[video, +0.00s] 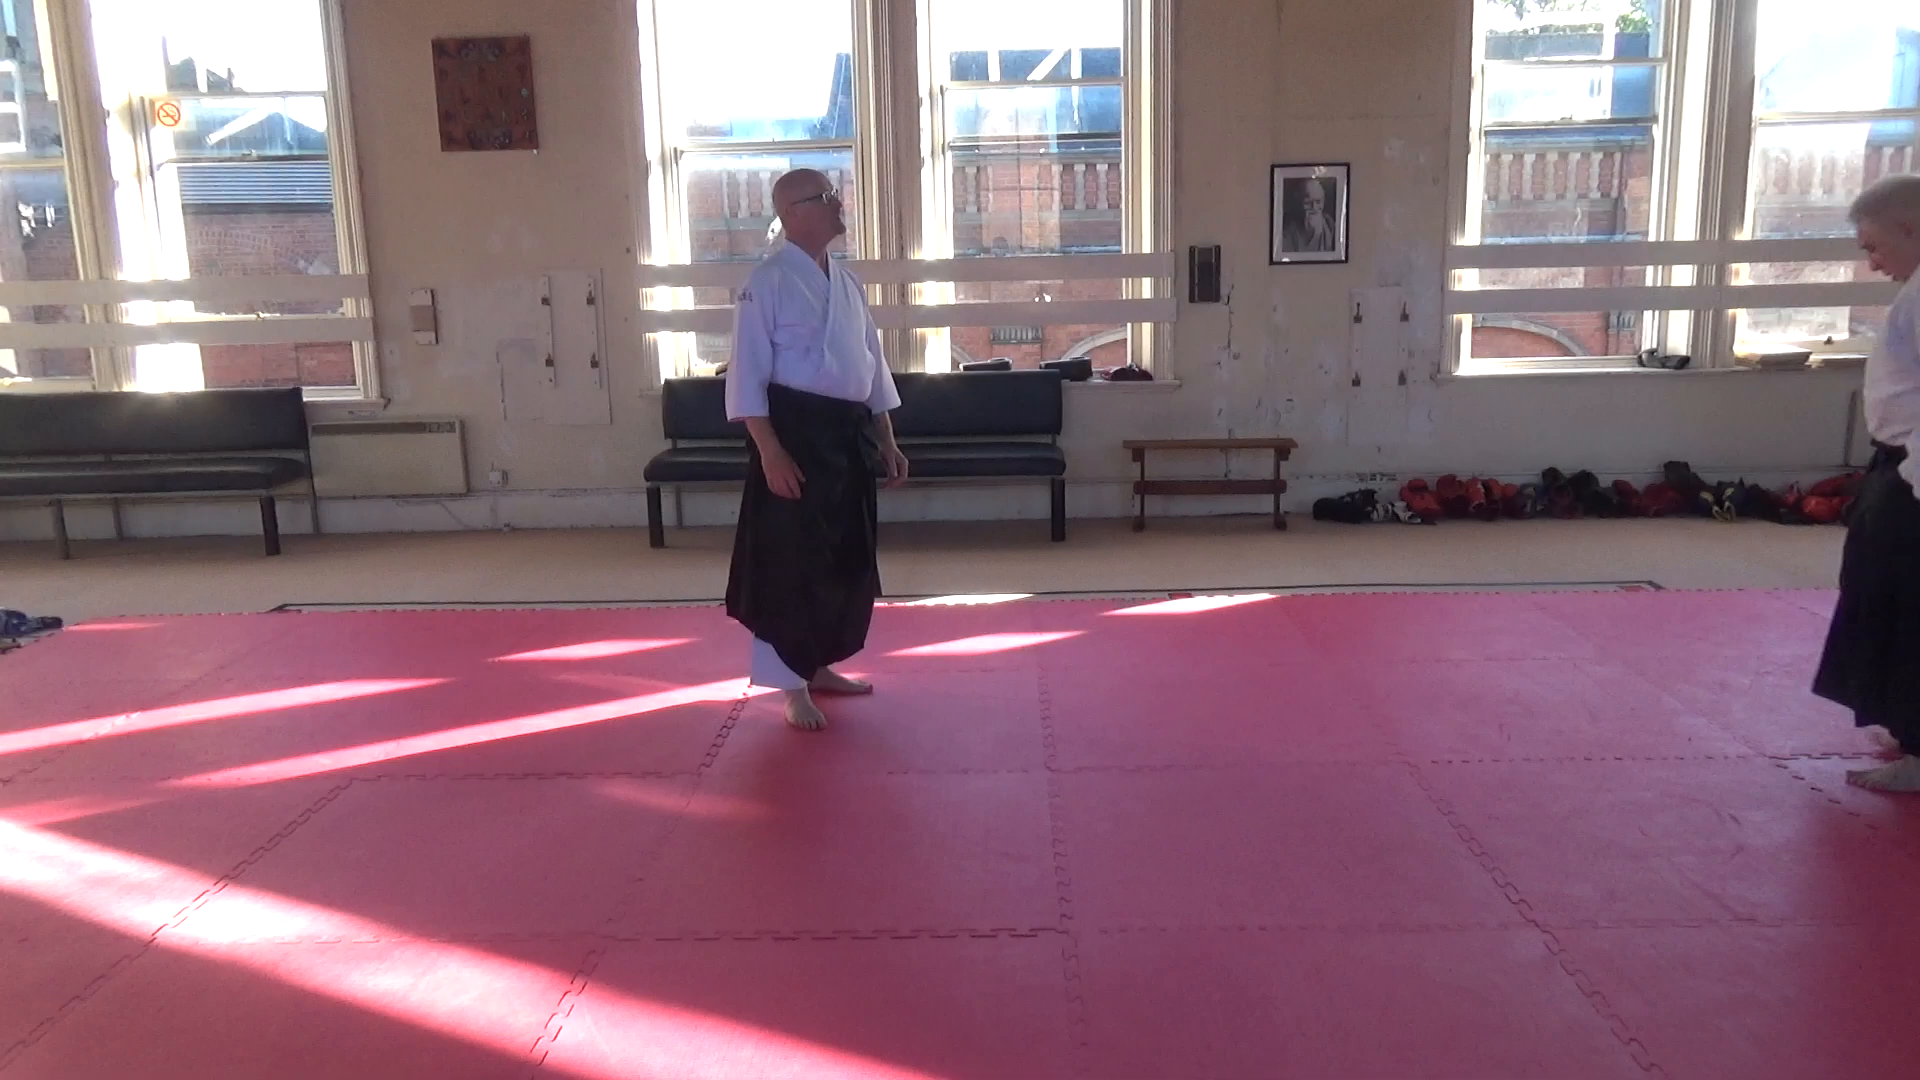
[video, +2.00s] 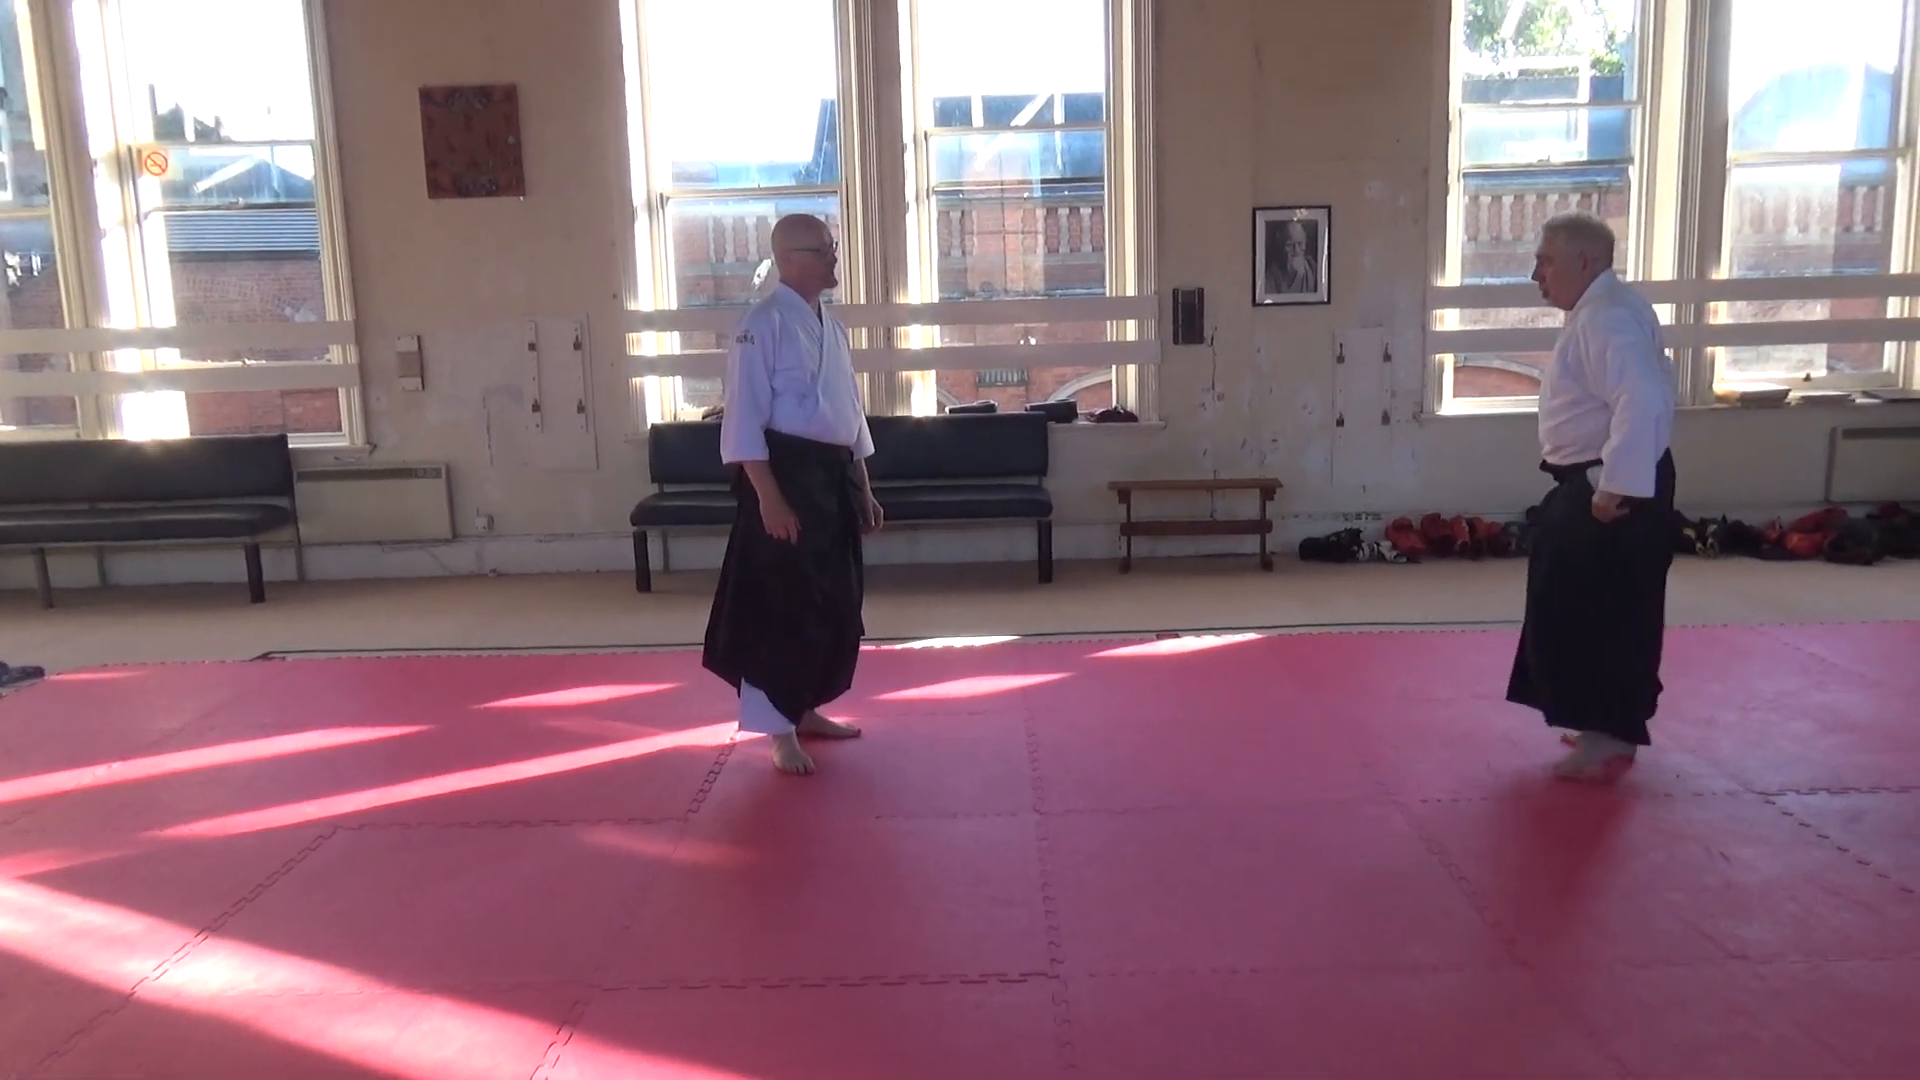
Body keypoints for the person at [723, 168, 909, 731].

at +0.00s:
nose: (838, 204)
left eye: (836, 195)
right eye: (823, 197)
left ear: (829, 210)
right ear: (789, 214)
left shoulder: (847, 280)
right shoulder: (768, 278)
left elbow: (871, 360)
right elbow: (745, 374)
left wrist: (887, 437)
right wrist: (769, 448)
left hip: (847, 427)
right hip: (795, 426)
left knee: (839, 548)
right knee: (792, 553)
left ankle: (817, 664)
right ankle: (793, 683)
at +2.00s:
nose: (834, 257)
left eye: (833, 248)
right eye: (821, 250)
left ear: (818, 257)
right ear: (786, 258)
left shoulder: (830, 322)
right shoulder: (762, 320)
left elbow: (848, 408)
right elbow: (743, 417)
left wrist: (863, 484)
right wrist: (768, 495)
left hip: (832, 470)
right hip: (781, 473)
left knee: (828, 594)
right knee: (781, 598)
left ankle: (805, 709)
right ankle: (780, 727)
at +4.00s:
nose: (740, 250)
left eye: (741, 240)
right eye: (724, 241)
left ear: (740, 247)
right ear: (687, 248)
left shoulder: (741, 328)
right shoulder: (662, 321)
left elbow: (761, 422)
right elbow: (644, 426)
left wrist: (777, 507)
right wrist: (674, 512)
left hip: (743, 492)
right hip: (684, 494)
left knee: (737, 628)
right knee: (682, 635)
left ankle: (715, 758)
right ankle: (688, 781)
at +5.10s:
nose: (737, 284)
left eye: (743, 274)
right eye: (724, 272)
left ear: (747, 281)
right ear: (690, 272)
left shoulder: (750, 363)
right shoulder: (638, 342)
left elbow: (764, 447)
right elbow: (589, 428)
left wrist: (747, 516)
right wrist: (617, 502)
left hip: (710, 520)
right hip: (637, 511)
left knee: (704, 654)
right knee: (625, 651)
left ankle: (692, 791)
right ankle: (602, 790)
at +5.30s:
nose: (697, 245)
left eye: (702, 234)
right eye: (683, 232)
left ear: (699, 241)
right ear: (639, 232)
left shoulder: (703, 335)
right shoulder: (575, 313)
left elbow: (721, 431)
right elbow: (526, 421)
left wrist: (700, 508)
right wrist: (576, 501)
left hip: (656, 517)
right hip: (568, 509)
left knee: (649, 673)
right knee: (550, 665)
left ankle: (651, 830)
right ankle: (503, 804)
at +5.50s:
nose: (615, 200)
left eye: (620, 188)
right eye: (600, 185)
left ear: (618, 200)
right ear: (546, 190)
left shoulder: (628, 303)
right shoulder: (478, 289)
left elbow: (656, 413)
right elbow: (430, 418)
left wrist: (629, 508)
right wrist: (484, 512)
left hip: (580, 521)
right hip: (474, 516)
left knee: (597, 694)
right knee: (446, 689)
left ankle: (608, 872)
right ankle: (407, 842)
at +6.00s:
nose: (508, 201)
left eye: (515, 189)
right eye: (488, 187)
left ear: (523, 201)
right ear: (443, 197)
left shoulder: (545, 296)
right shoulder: (398, 301)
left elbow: (590, 415)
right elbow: (377, 439)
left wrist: (607, 523)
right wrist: (428, 549)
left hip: (547, 519)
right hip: (441, 519)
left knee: (585, 683)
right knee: (431, 684)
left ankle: (603, 860)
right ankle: (434, 842)